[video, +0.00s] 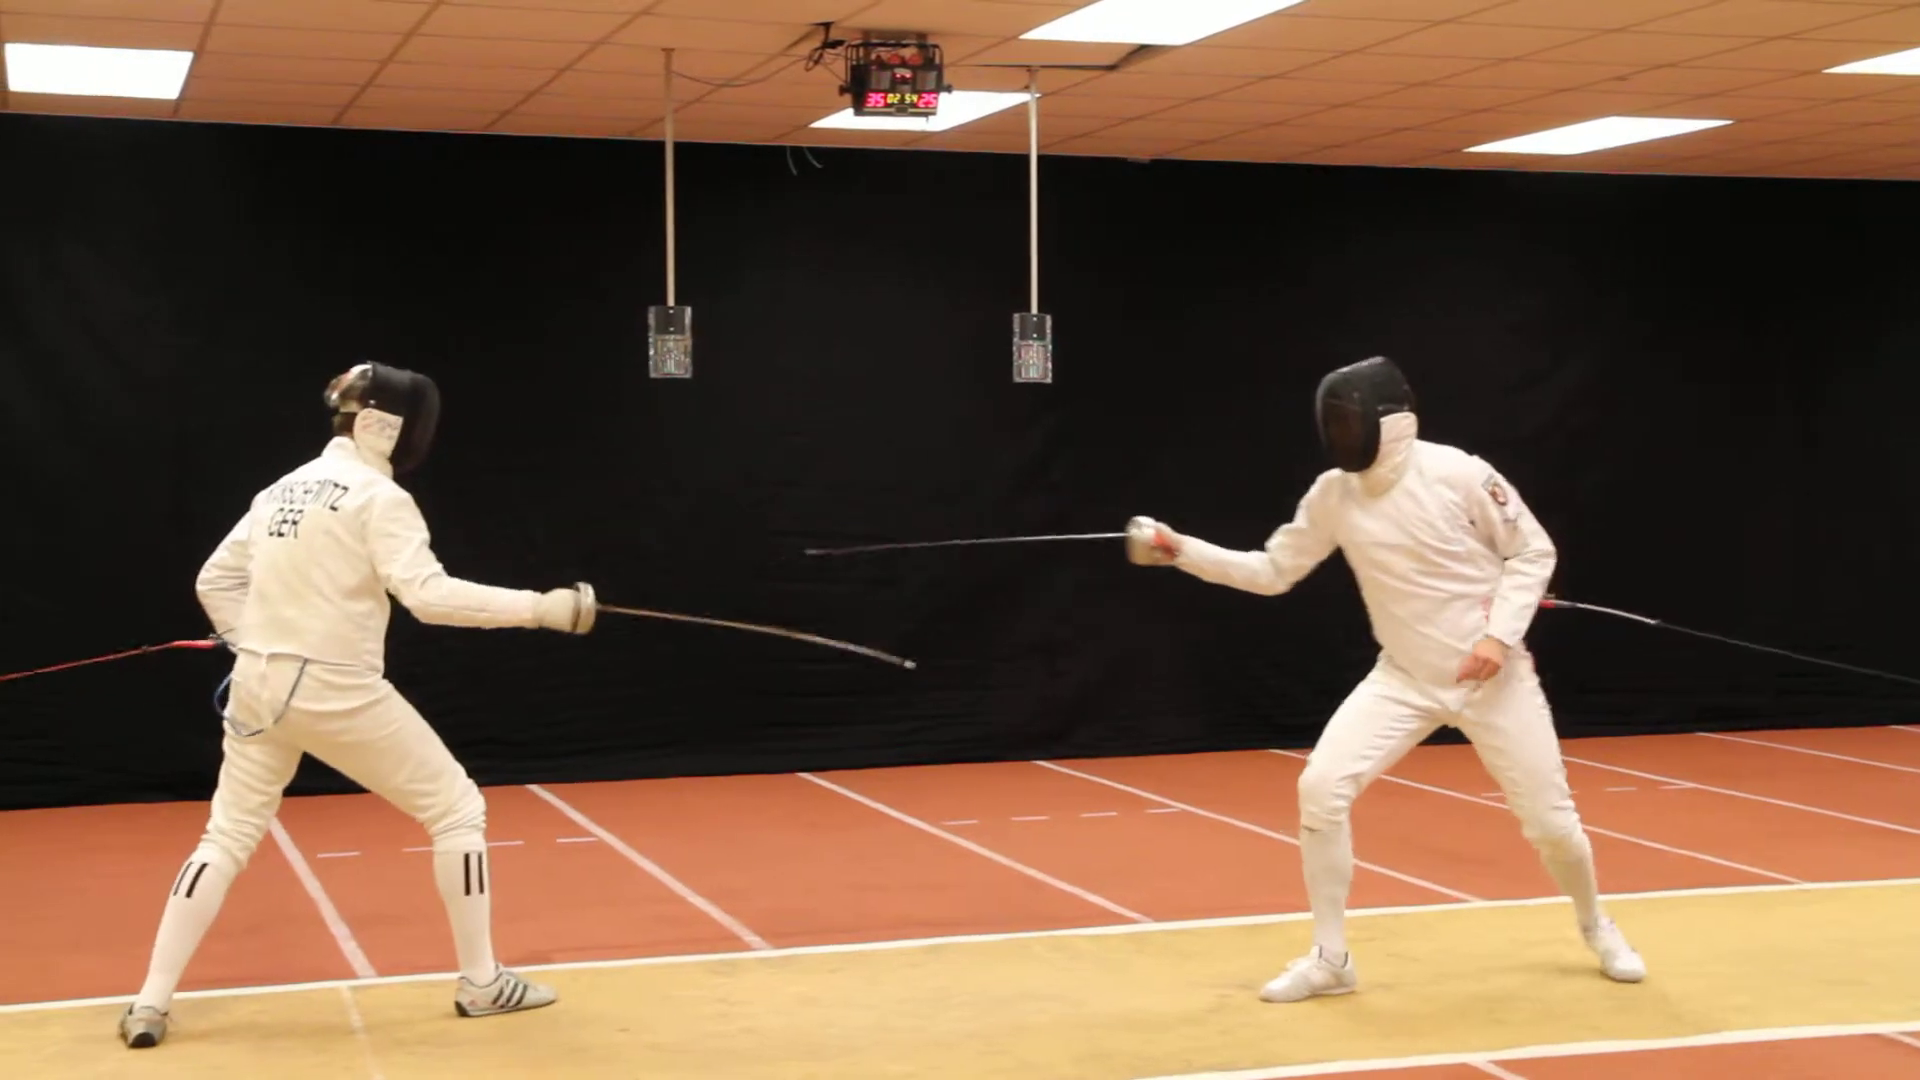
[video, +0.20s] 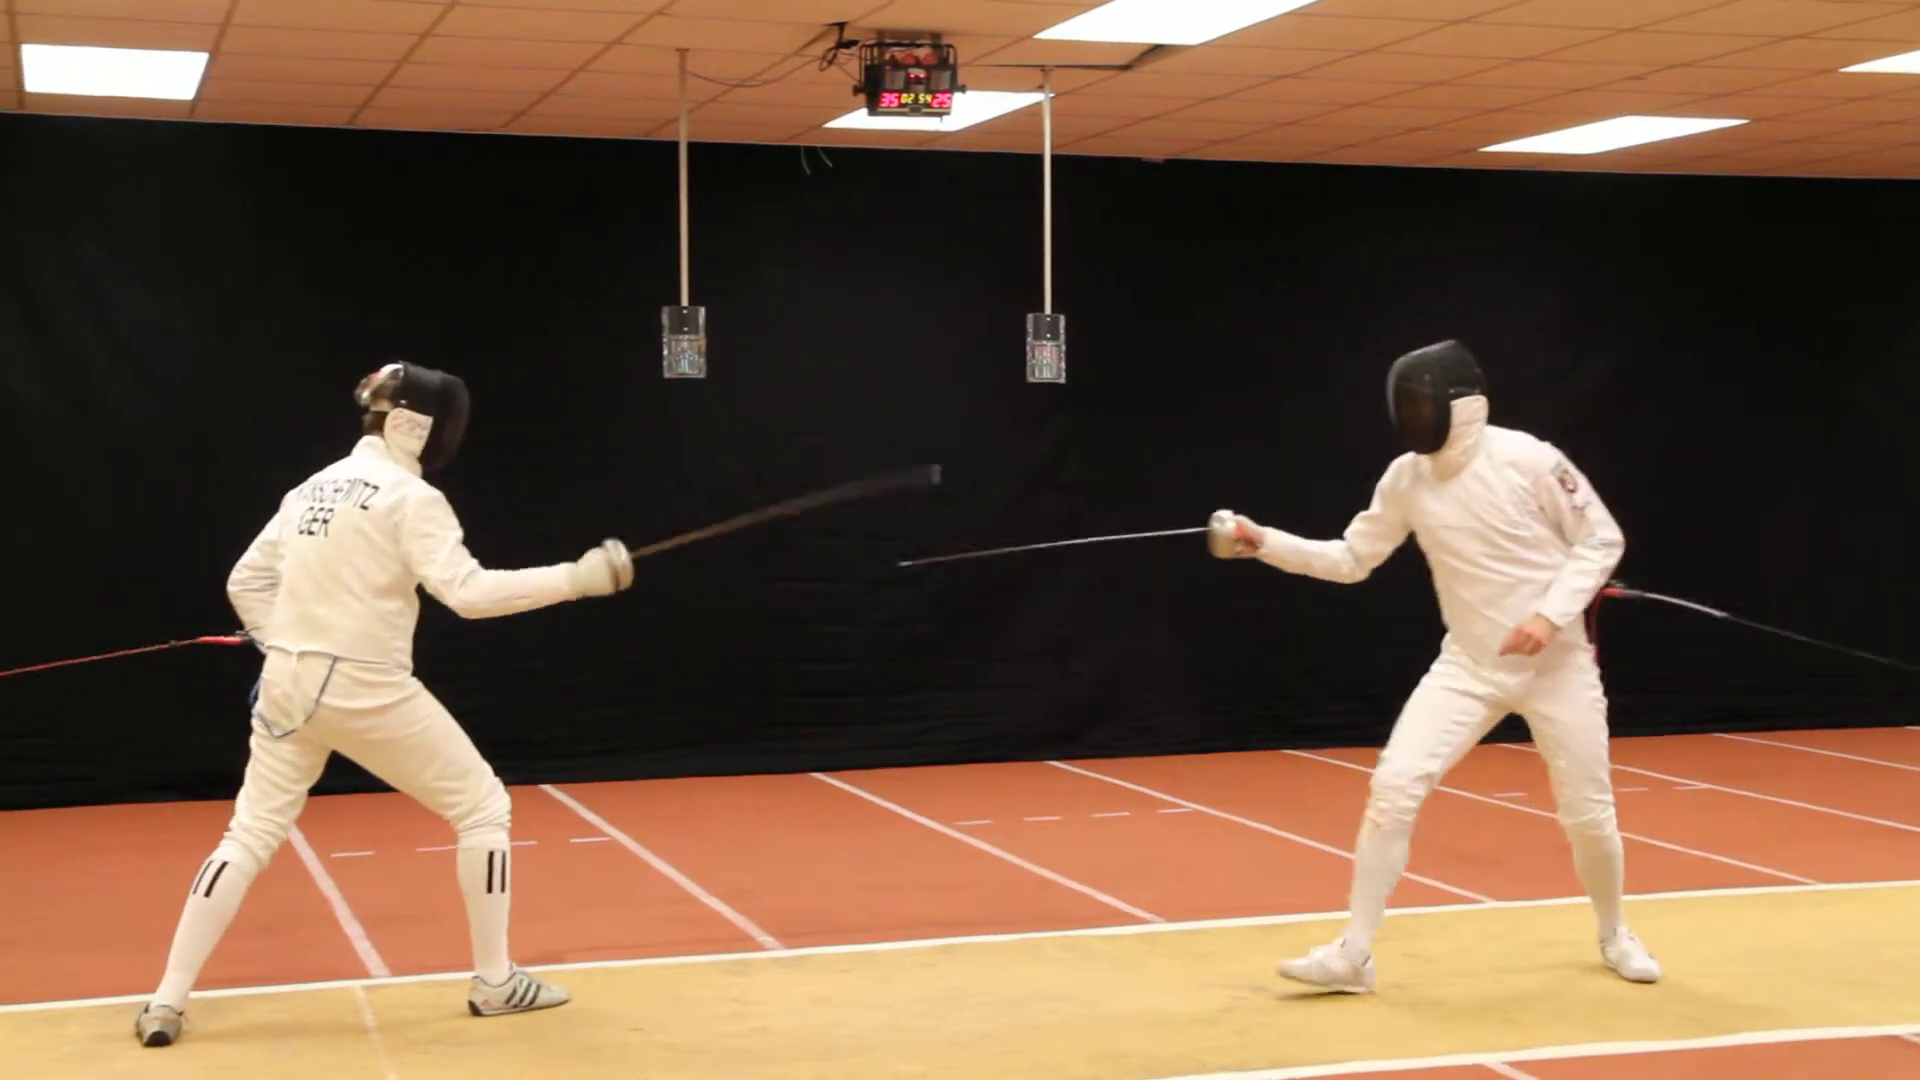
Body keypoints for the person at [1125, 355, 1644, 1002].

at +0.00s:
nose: (1339, 435)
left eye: (1351, 420)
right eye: (1335, 422)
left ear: (1390, 419)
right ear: (1334, 427)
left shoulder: (1460, 476)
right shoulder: (1334, 496)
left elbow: (1534, 554)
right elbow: (1271, 571)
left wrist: (1498, 636)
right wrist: (1178, 549)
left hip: (1496, 679)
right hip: (1402, 679)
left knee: (1554, 826)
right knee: (1321, 790)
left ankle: (1597, 929)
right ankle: (1329, 959)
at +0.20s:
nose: (1409, 417)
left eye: (1422, 403)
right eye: (1406, 404)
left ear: (1464, 402)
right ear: (1406, 408)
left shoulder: (1529, 461)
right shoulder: (1406, 480)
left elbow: (1603, 541)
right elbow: (1352, 559)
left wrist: (1549, 616)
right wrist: (1264, 543)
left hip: (1558, 665)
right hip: (1466, 666)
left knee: (1590, 815)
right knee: (1393, 788)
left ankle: (1615, 936)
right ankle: (1354, 952)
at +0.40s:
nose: (1454, 407)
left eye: (1467, 394)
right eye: (1449, 394)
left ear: (1508, 393)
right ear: (1448, 396)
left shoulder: (1567, 457)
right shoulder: (1444, 468)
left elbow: (1641, 536)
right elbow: (1381, 545)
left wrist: (1594, 610)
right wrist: (1292, 522)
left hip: (1576, 662)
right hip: (1488, 661)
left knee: (1601, 814)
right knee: (1423, 785)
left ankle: (1621, 935)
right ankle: (1447, 942)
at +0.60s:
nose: (1448, 408)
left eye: (1460, 394)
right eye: (1444, 394)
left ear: (1500, 395)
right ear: (1446, 397)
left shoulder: (1565, 459)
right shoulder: (1439, 470)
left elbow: (1634, 540)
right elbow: (1366, 537)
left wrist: (1592, 616)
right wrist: (1276, 517)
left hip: (1570, 664)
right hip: (1481, 661)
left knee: (1600, 815)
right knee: (1405, 781)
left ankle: (1626, 937)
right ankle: (1365, 944)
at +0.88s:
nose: (1368, 427)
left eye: (1380, 414)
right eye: (1365, 414)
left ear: (1425, 414)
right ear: (1369, 418)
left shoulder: (1496, 472)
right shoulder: (1365, 485)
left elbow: (1559, 553)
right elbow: (1279, 535)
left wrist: (1534, 635)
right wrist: (1176, 517)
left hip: (1510, 681)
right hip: (1416, 676)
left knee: (1562, 822)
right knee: (1341, 793)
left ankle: (1603, 940)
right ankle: (1326, 962)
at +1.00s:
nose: (1352, 425)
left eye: (1365, 411)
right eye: (1348, 412)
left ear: (1409, 409)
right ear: (1349, 415)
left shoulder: (1474, 468)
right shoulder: (1344, 483)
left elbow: (1541, 550)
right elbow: (1255, 527)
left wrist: (1512, 633)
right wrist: (1153, 509)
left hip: (1496, 675)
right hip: (1404, 672)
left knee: (1551, 825)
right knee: (1336, 792)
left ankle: (1557, 932)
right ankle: (1328, 961)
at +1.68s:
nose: (1407, 427)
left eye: (1418, 413)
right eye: (1404, 414)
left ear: (1462, 413)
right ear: (1410, 416)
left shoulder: (1535, 473)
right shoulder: (1410, 491)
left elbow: (1604, 558)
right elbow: (1369, 576)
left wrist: (1562, 634)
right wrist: (1282, 559)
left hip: (1562, 677)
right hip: (1469, 677)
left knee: (1607, 824)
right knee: (1393, 805)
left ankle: (1642, 930)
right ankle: (1331, 957)